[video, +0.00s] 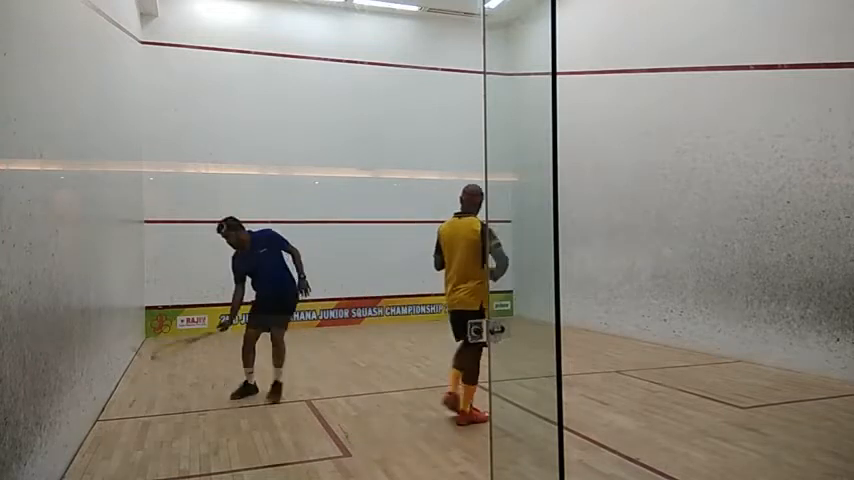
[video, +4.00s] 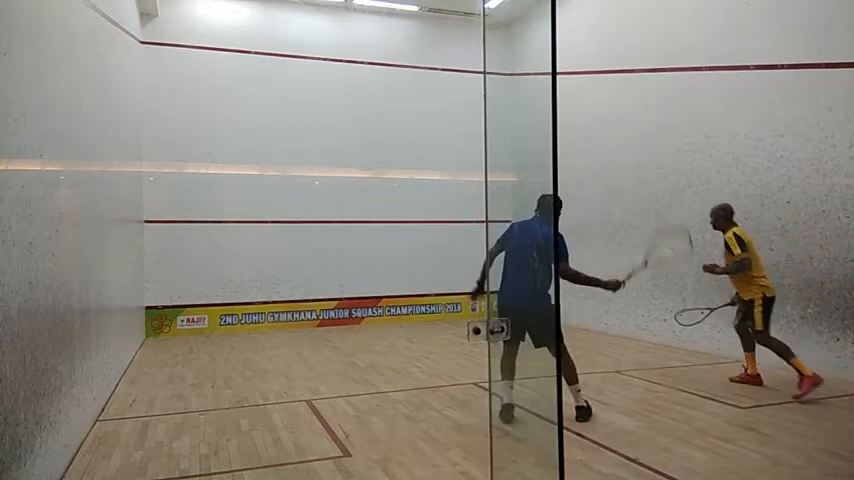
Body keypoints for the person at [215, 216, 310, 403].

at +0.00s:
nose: (228, 242)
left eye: (228, 236)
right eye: (225, 238)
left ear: (239, 231)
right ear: (230, 236)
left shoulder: (268, 237)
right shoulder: (238, 260)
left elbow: (294, 252)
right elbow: (239, 291)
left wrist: (302, 277)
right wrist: (230, 319)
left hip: (285, 293)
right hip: (263, 297)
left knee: (277, 337)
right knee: (249, 338)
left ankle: (277, 383)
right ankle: (249, 383)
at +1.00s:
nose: (273, 206)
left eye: (278, 203)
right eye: (270, 202)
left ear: (286, 208)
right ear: (264, 204)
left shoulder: (291, 235)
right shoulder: (249, 229)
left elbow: (289, 266)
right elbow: (232, 256)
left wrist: (275, 242)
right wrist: (204, 272)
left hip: (273, 300)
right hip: (246, 298)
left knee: (266, 349)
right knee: (248, 348)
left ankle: (259, 397)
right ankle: (249, 402)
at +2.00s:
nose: (353, 209)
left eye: (353, 205)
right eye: (350, 205)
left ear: (340, 207)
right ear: (337, 207)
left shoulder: (342, 232)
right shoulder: (317, 233)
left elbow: (350, 256)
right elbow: (310, 262)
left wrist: (381, 259)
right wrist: (316, 241)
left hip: (332, 304)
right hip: (316, 306)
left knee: (350, 347)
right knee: (306, 358)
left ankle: (355, 406)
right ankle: (275, 411)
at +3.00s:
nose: (459, 205)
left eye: (457, 201)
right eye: (459, 202)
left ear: (437, 202)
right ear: (457, 204)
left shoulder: (422, 223)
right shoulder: (463, 234)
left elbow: (419, 259)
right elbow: (472, 268)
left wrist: (414, 290)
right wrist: (482, 287)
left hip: (424, 296)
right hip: (451, 298)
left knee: (424, 346)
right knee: (450, 348)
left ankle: (437, 388)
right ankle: (445, 395)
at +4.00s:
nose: (557, 216)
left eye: (556, 211)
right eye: (557, 212)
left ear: (537, 209)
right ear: (556, 212)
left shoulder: (515, 229)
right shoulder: (554, 237)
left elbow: (491, 254)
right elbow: (565, 272)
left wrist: (480, 282)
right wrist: (604, 283)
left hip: (509, 303)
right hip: (539, 305)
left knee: (509, 349)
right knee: (560, 351)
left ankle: (507, 404)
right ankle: (580, 404)